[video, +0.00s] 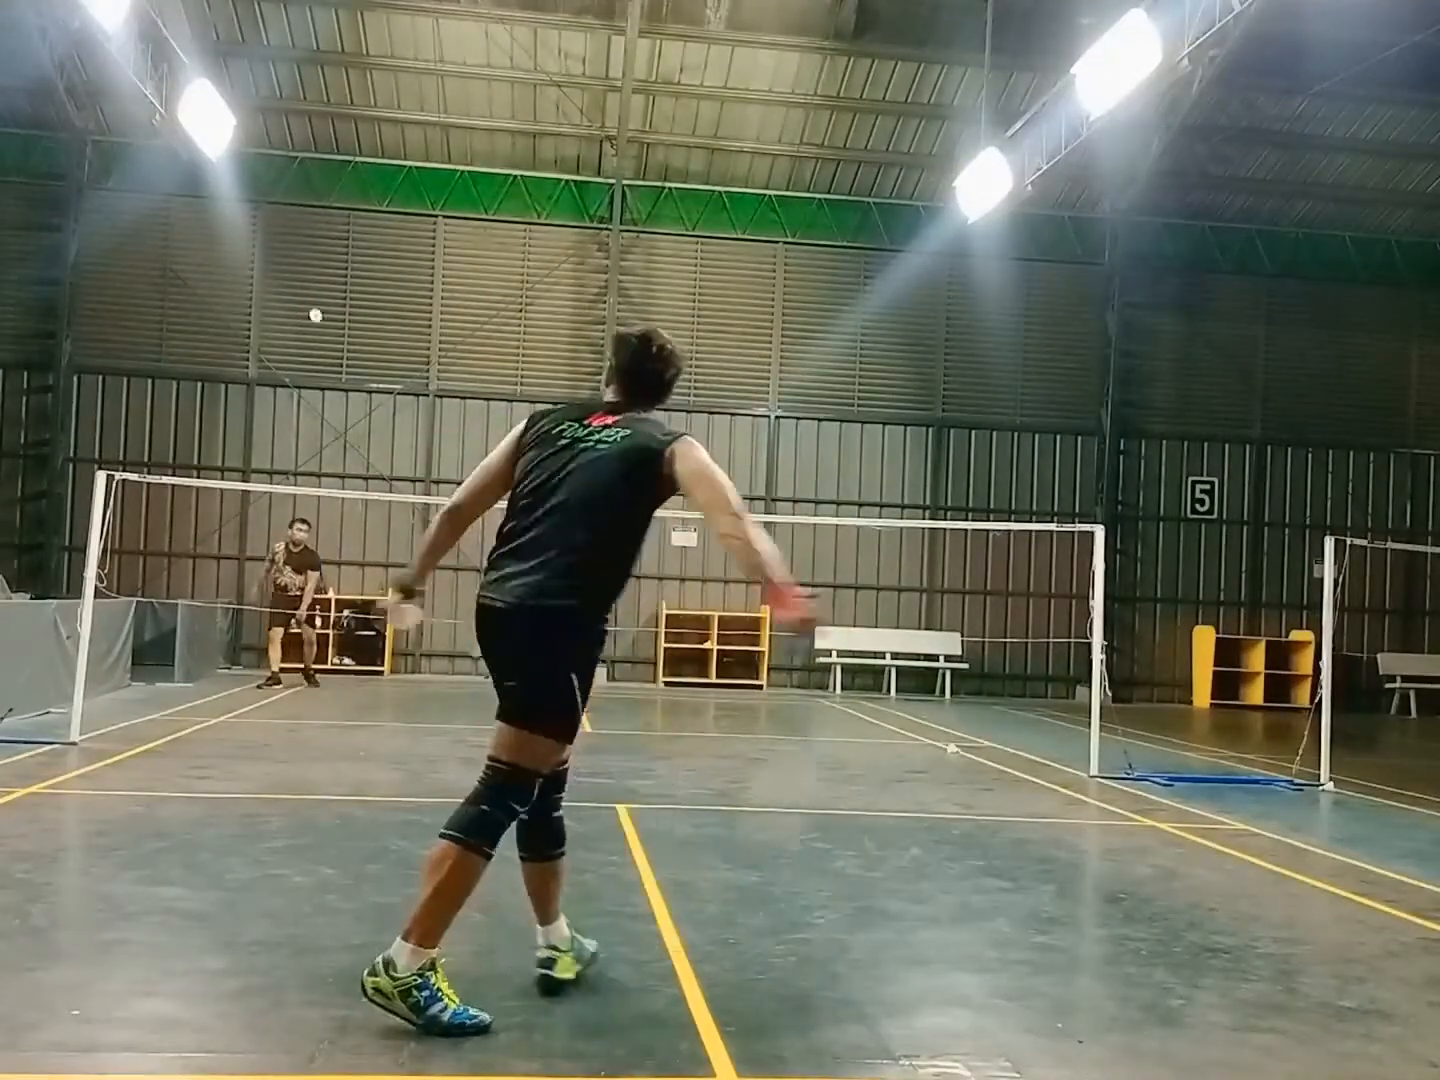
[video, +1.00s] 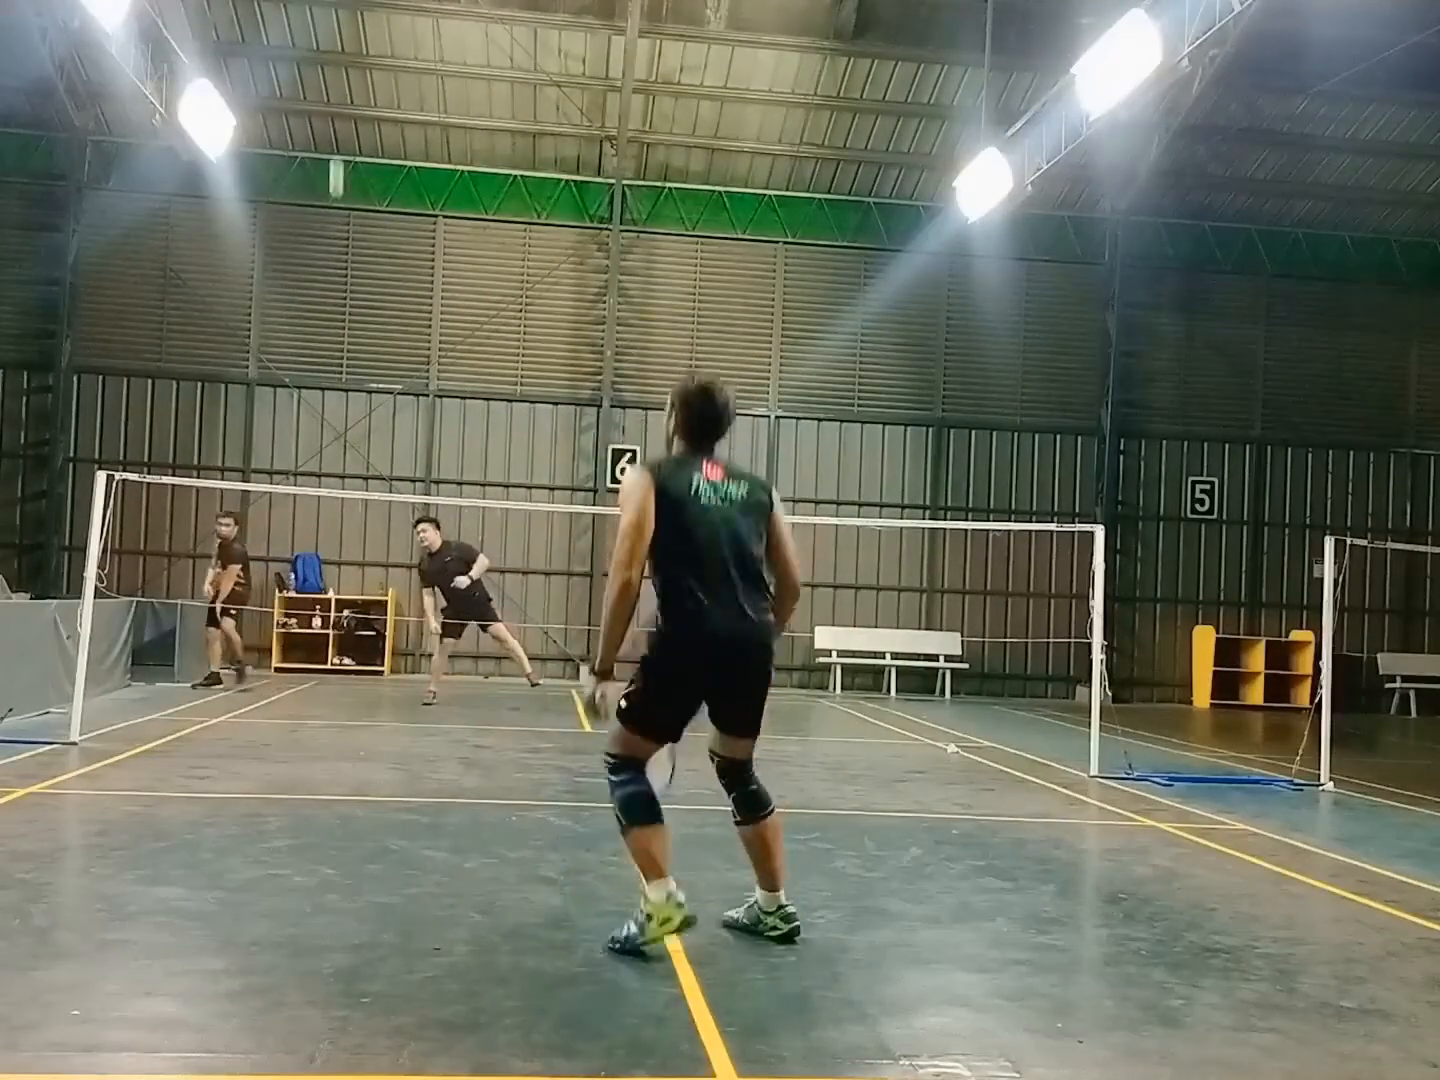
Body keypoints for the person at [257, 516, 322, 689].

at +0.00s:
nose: (301, 534)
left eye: (305, 531)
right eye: (298, 530)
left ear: (308, 535)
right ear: (290, 531)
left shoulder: (312, 556)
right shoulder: (278, 550)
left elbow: (311, 585)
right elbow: (267, 570)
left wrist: (303, 608)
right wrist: (259, 589)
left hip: (302, 597)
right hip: (280, 596)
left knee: (309, 636)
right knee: (274, 634)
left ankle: (308, 670)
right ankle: (274, 674)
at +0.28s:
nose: (280, 530)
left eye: (284, 527)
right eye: (276, 526)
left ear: (289, 530)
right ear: (270, 528)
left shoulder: (294, 552)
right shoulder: (262, 547)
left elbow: (291, 580)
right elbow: (253, 568)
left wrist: (280, 602)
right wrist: (251, 588)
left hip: (287, 594)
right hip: (267, 594)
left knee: (286, 630)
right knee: (269, 634)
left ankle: (289, 670)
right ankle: (274, 673)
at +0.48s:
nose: (263, 532)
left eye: (268, 528)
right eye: (260, 528)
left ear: (275, 531)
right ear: (256, 529)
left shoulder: (279, 552)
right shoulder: (256, 549)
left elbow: (274, 581)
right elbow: (250, 568)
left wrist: (264, 601)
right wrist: (253, 580)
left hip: (275, 593)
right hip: (260, 591)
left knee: (269, 635)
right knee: (249, 634)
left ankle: (269, 676)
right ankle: (271, 666)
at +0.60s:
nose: (252, 531)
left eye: (257, 527)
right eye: (249, 527)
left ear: (266, 529)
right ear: (247, 528)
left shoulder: (269, 551)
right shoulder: (253, 549)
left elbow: (264, 581)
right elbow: (245, 570)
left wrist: (256, 602)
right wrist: (246, 585)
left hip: (269, 596)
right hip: (255, 593)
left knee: (265, 634)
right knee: (232, 625)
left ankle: (268, 676)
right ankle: (247, 661)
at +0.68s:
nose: (246, 530)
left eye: (251, 527)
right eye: (243, 526)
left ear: (259, 529)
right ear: (240, 528)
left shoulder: (262, 550)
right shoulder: (245, 547)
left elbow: (259, 578)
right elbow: (242, 568)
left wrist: (251, 601)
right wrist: (239, 582)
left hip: (265, 592)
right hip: (249, 590)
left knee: (264, 635)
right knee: (229, 626)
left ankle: (267, 675)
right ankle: (230, 669)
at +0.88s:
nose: (230, 531)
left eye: (234, 528)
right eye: (227, 527)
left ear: (243, 530)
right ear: (224, 529)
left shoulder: (245, 550)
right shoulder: (231, 548)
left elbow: (241, 578)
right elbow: (228, 569)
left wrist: (231, 601)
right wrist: (220, 580)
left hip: (244, 594)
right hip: (229, 591)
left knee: (242, 635)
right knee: (215, 633)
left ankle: (261, 672)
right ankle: (214, 673)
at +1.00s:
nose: (222, 529)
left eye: (227, 525)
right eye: (220, 524)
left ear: (236, 528)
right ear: (216, 527)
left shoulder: (236, 550)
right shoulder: (221, 546)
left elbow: (230, 577)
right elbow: (214, 567)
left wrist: (220, 600)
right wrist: (208, 583)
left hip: (237, 589)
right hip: (221, 588)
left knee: (227, 623)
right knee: (212, 631)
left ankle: (239, 662)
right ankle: (214, 673)